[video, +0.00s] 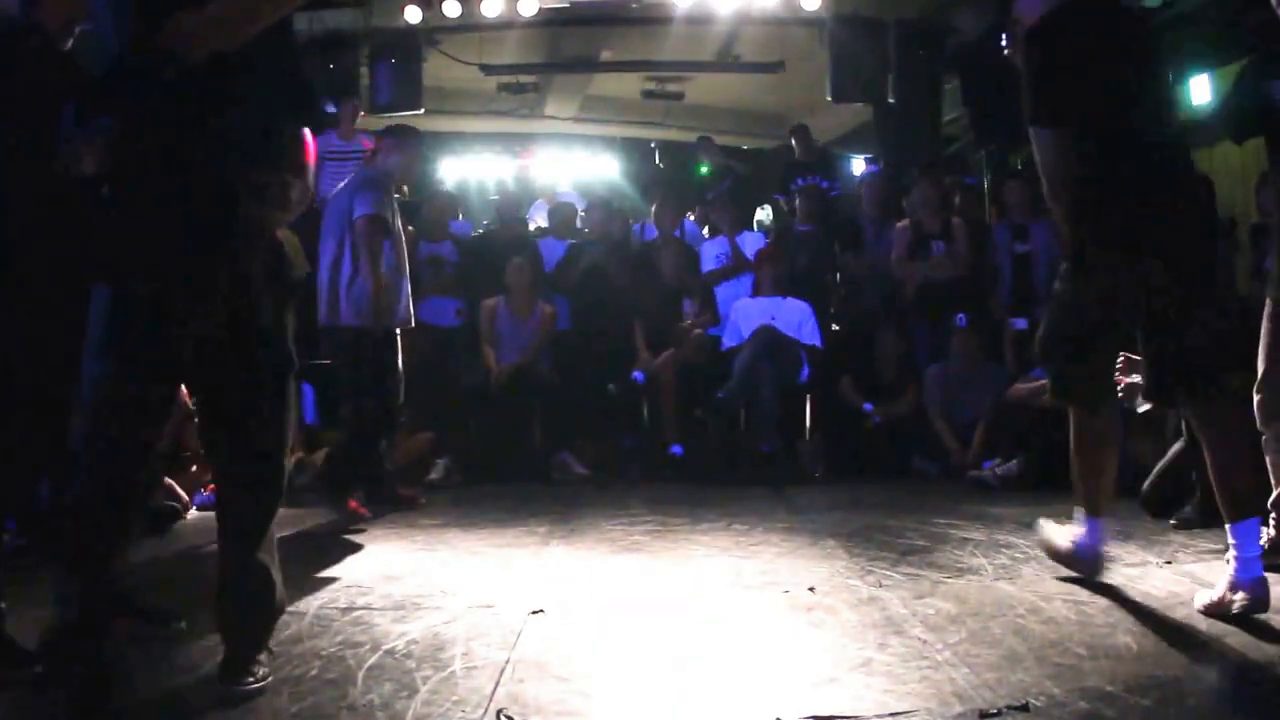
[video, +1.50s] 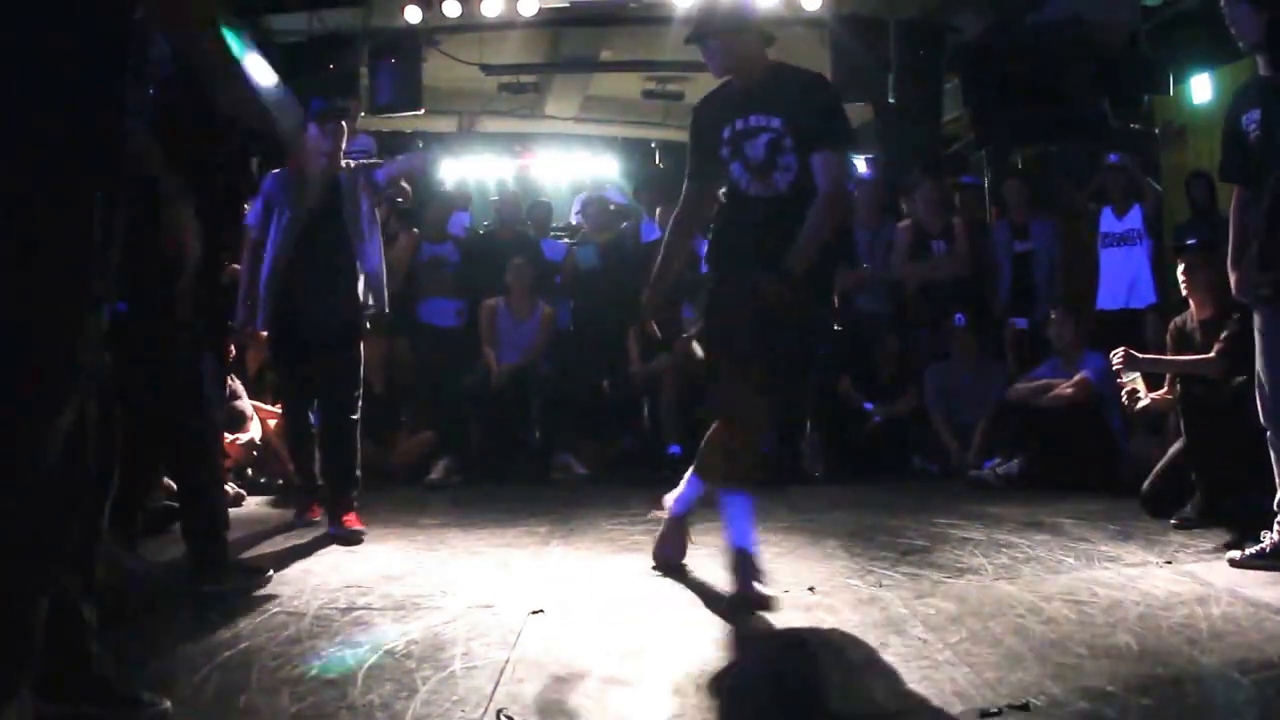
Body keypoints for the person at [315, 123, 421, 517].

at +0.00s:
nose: (415, 166)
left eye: (417, 157)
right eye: (411, 156)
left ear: (383, 151)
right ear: (388, 150)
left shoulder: (359, 186)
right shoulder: (372, 185)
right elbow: (368, 232)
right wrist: (376, 284)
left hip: (358, 315)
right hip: (366, 316)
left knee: (372, 406)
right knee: (373, 406)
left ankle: (379, 483)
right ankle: (346, 484)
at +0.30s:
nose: (421, 161)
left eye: (423, 153)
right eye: (417, 151)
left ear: (405, 152)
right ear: (394, 148)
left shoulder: (390, 194)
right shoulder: (370, 184)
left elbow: (393, 261)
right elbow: (356, 238)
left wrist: (427, 302)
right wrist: (372, 289)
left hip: (380, 318)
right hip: (359, 315)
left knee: (380, 406)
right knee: (367, 406)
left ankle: (378, 488)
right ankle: (358, 494)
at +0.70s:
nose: (411, 154)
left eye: (411, 146)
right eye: (402, 146)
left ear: (402, 152)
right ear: (378, 151)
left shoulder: (407, 205)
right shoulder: (348, 188)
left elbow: (418, 263)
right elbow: (318, 244)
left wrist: (439, 308)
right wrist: (310, 302)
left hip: (383, 327)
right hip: (338, 322)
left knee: (384, 410)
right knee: (325, 412)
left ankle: (380, 487)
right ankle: (312, 497)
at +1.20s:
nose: (345, 147)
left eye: (348, 138)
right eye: (336, 138)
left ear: (353, 142)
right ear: (313, 143)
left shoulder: (369, 195)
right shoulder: (283, 189)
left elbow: (380, 254)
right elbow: (258, 252)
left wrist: (383, 308)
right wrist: (250, 313)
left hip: (350, 322)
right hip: (297, 322)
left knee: (370, 411)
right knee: (299, 416)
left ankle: (376, 491)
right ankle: (309, 497)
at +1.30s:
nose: (331, 159)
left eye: (337, 150)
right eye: (324, 151)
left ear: (345, 148)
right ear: (305, 148)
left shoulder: (364, 191)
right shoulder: (277, 196)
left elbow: (397, 251)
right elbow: (255, 260)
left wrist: (412, 278)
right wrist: (249, 319)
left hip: (347, 326)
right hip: (294, 325)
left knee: (360, 413)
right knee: (297, 417)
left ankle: (363, 497)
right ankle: (309, 497)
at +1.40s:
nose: (329, 162)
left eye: (335, 153)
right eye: (321, 153)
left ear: (345, 147)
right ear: (304, 147)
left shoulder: (363, 185)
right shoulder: (278, 186)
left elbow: (418, 205)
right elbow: (253, 252)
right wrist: (249, 316)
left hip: (346, 321)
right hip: (293, 320)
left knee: (348, 411)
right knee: (297, 413)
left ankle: (348, 501)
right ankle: (308, 498)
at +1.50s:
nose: (331, 145)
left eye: (338, 138)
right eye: (324, 136)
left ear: (346, 142)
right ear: (306, 137)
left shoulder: (360, 185)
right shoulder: (278, 186)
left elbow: (408, 164)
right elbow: (254, 252)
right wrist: (249, 316)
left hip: (343, 317)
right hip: (291, 317)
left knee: (344, 411)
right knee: (296, 409)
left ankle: (345, 505)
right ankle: (308, 496)